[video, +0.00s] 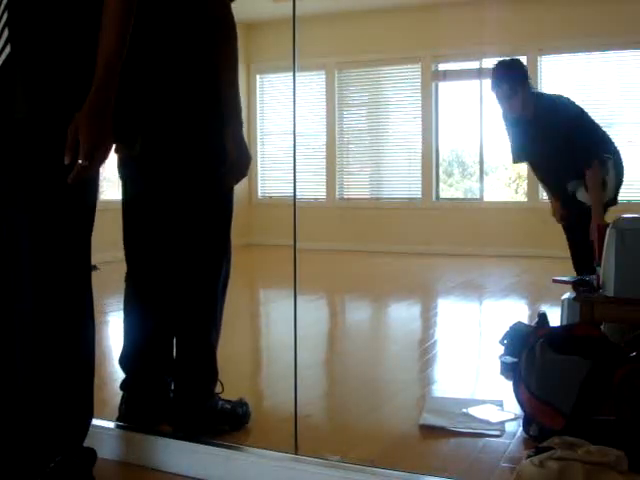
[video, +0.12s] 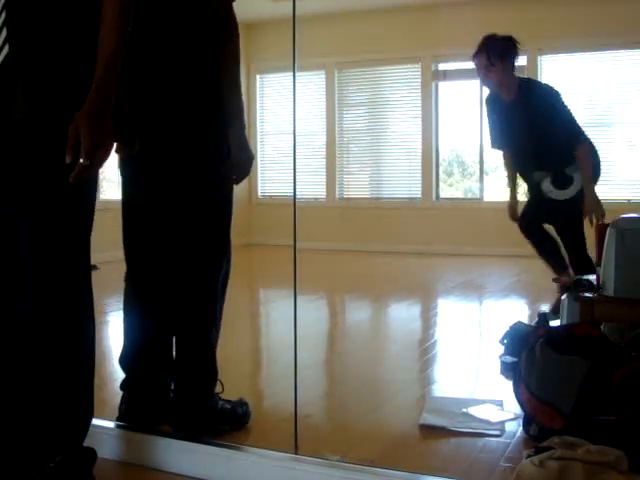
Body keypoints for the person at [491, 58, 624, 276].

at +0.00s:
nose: (506, 106)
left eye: (510, 97)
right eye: (500, 99)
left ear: (525, 88)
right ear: (495, 96)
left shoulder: (559, 108)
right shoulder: (511, 119)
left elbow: (592, 162)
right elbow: (533, 163)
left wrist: (597, 218)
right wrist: (553, 198)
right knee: (573, 227)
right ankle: (585, 284)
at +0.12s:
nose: (479, 75)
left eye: (484, 68)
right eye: (478, 69)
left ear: (503, 66)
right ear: (492, 69)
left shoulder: (542, 94)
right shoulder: (493, 103)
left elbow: (580, 143)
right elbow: (507, 152)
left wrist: (590, 192)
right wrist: (512, 196)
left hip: (570, 172)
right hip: (541, 179)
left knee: (529, 221)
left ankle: (569, 280)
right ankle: (567, 282)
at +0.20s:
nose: (474, 71)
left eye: (480, 63)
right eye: (473, 64)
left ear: (499, 62)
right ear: (487, 66)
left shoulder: (538, 92)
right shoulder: (488, 99)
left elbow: (576, 140)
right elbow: (500, 150)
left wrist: (587, 188)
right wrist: (502, 195)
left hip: (563, 174)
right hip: (536, 181)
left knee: (520, 222)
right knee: (573, 249)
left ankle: (545, 293)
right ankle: (597, 304)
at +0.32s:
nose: (447, 65)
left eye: (452, 58)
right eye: (446, 58)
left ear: (474, 58)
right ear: (460, 61)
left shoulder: (510, 94)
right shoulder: (461, 99)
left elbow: (551, 137)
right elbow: (464, 149)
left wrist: (572, 182)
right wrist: (459, 195)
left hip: (538, 182)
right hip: (511, 187)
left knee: (500, 246)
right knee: (556, 248)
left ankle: (467, 317)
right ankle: (593, 302)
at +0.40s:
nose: (419, 58)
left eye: (424, 51)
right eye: (419, 51)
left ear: (444, 54)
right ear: (437, 55)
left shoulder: (476, 91)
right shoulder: (431, 95)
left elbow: (516, 139)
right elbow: (438, 144)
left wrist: (546, 182)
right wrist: (433, 189)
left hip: (508, 179)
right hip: (481, 183)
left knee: (470, 240)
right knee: (522, 247)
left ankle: (458, 319)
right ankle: (576, 299)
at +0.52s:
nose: (382, 40)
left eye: (387, 33)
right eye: (383, 34)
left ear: (407, 36)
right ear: (402, 38)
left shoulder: (438, 78)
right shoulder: (401, 81)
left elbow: (462, 132)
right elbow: (412, 133)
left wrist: (476, 181)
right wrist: (411, 176)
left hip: (459, 167)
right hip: (433, 170)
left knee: (442, 241)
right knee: (447, 243)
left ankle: (454, 319)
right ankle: (510, 287)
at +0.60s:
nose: (366, 33)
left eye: (371, 26)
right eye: (367, 26)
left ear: (389, 30)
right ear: (385, 31)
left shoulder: (417, 71)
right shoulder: (389, 74)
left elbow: (436, 126)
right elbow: (404, 127)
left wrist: (434, 179)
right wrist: (407, 170)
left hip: (447, 165)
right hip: (422, 167)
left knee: (434, 240)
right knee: (410, 235)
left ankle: (454, 317)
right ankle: (460, 293)